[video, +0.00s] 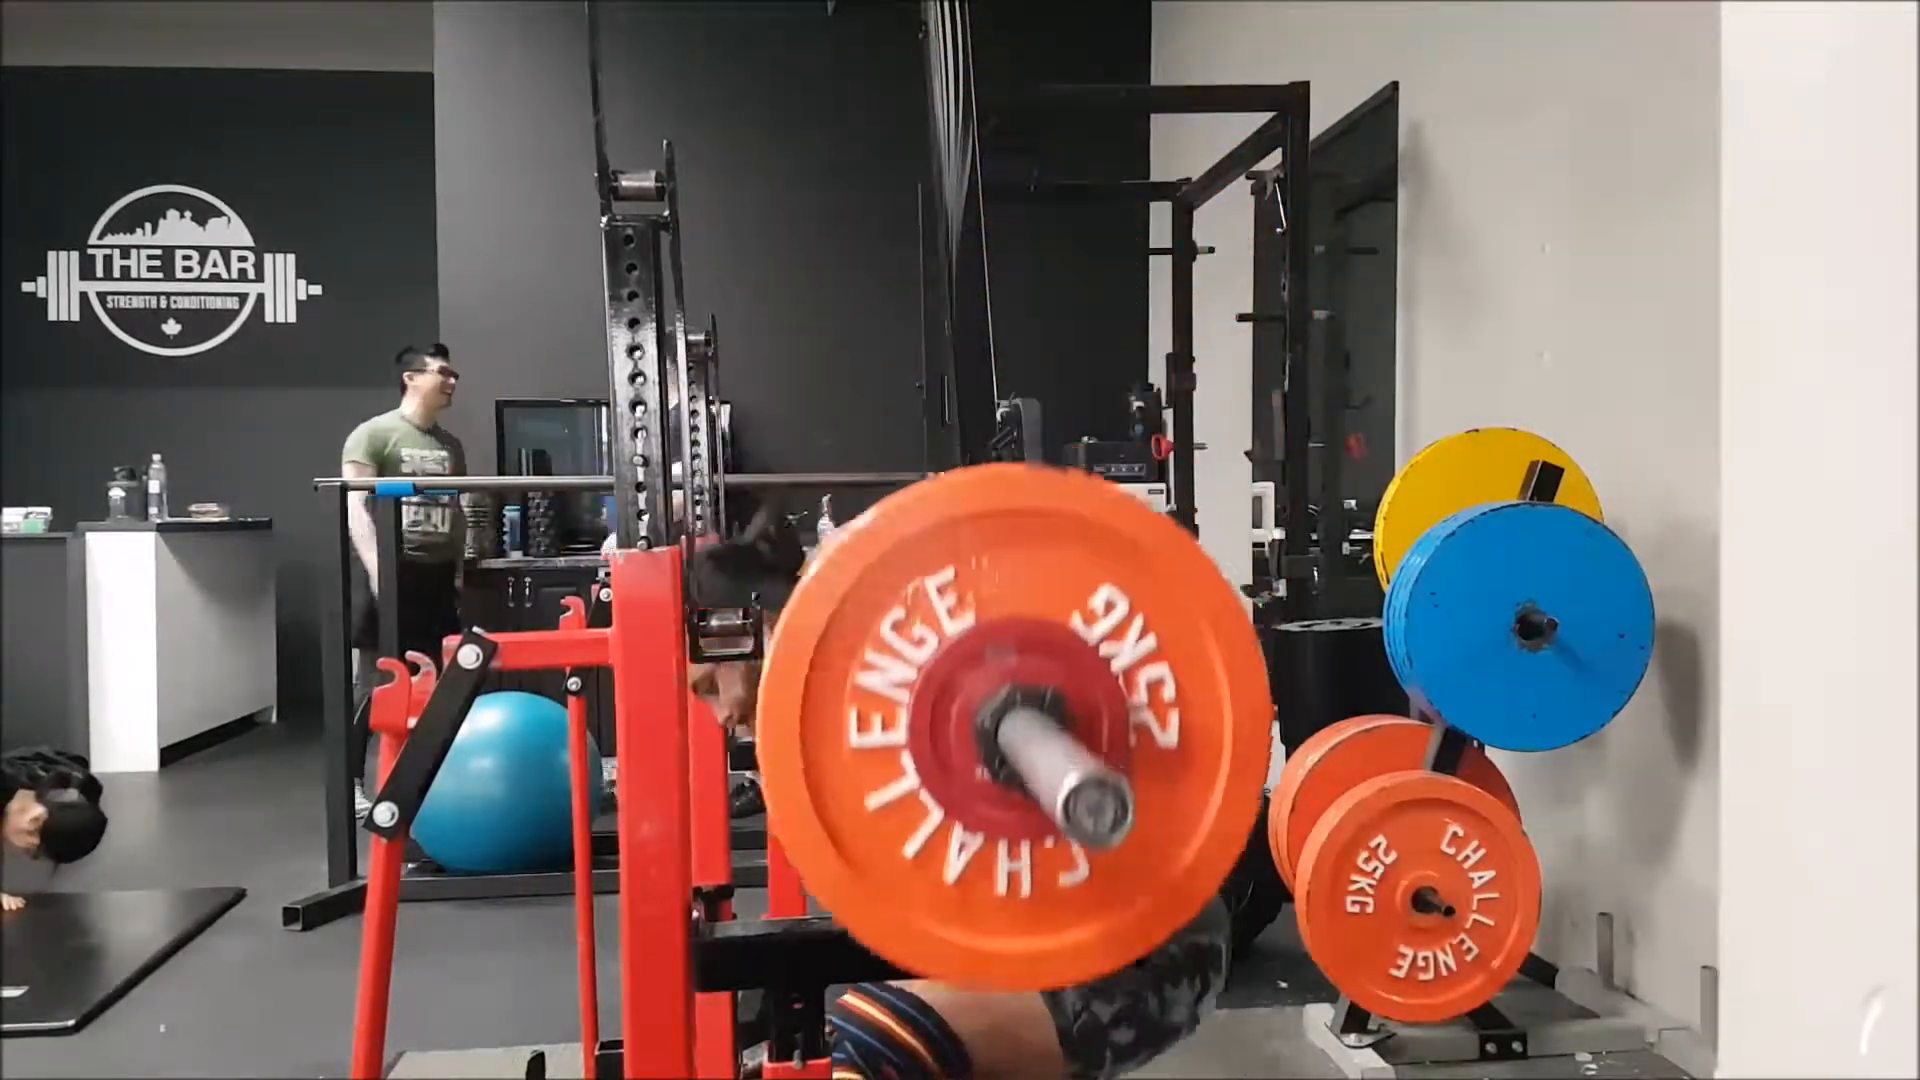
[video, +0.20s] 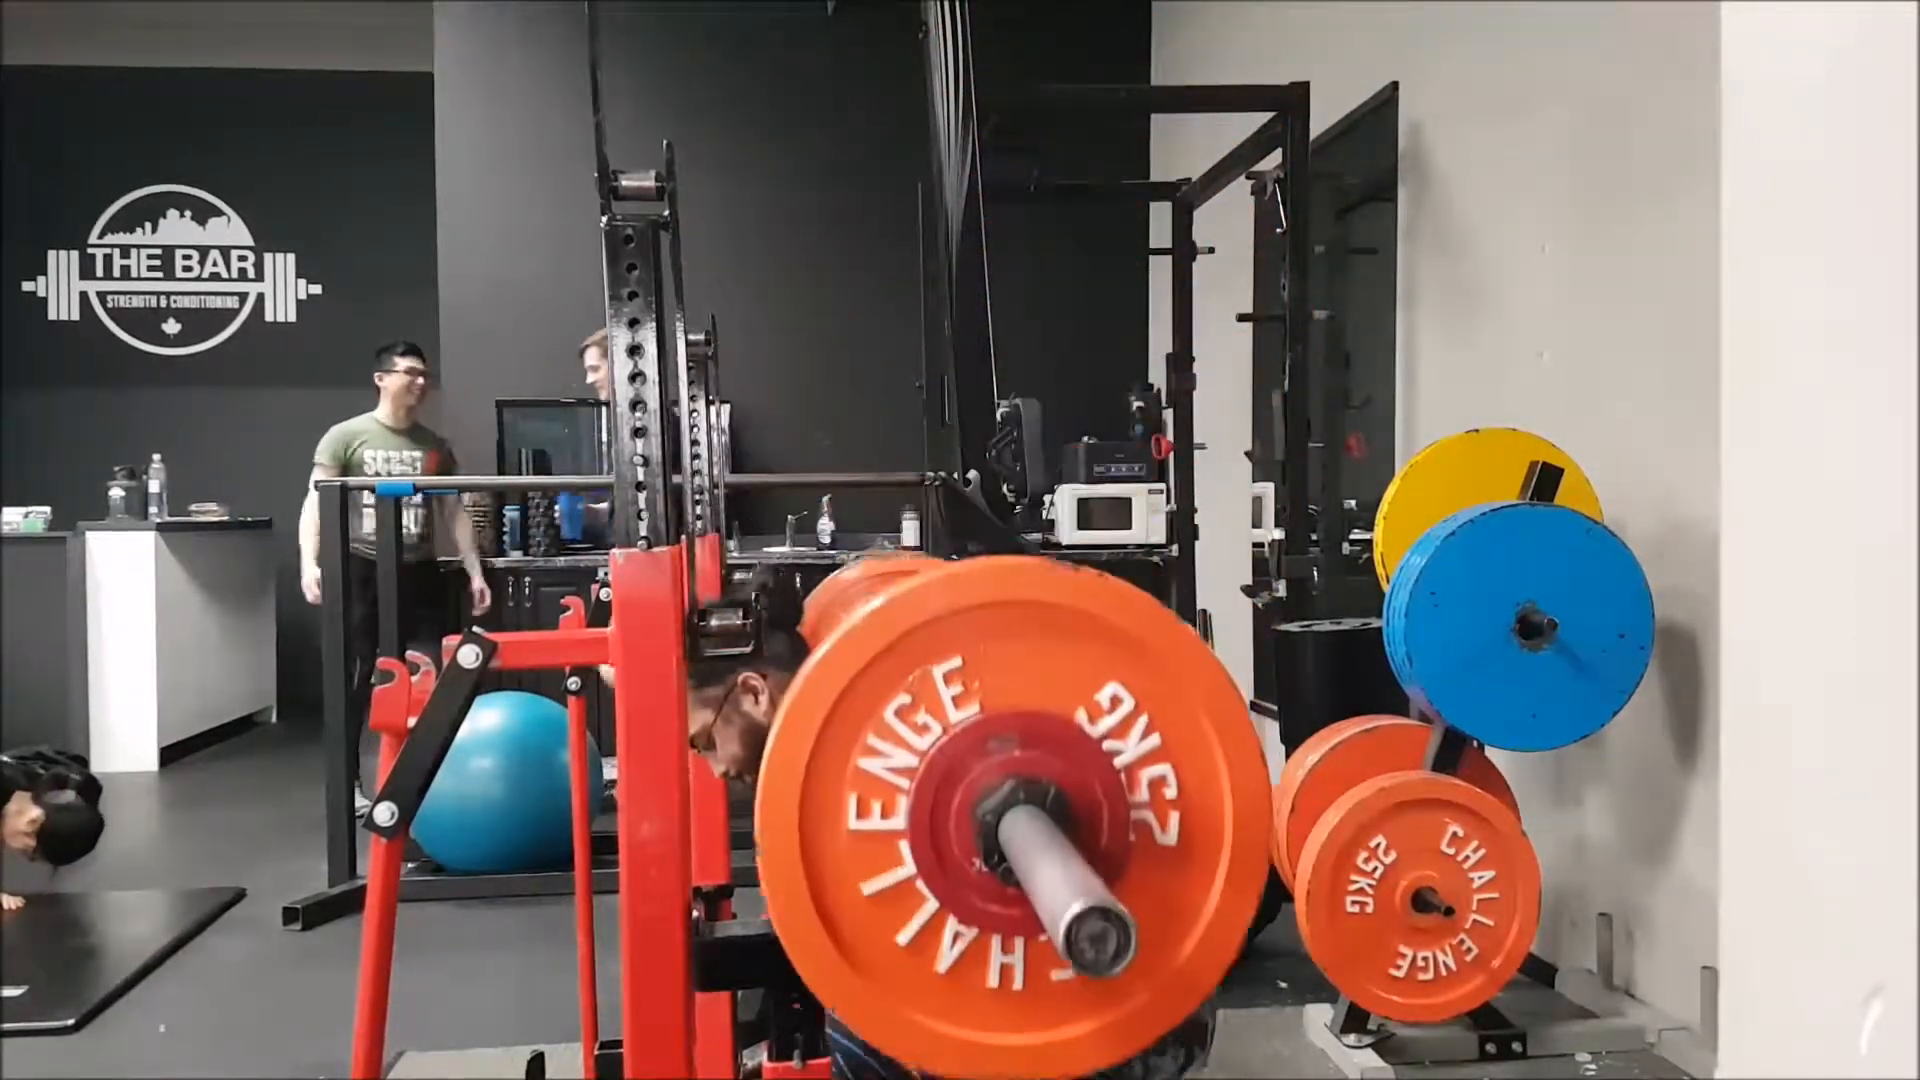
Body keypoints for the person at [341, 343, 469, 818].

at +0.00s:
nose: (452, 380)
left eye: (453, 374)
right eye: (443, 373)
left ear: (444, 385)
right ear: (411, 379)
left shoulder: (450, 446)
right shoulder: (370, 436)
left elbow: (458, 513)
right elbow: (358, 516)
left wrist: (459, 572)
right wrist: (382, 577)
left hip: (441, 578)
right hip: (394, 578)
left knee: (440, 687)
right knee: (382, 686)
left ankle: (433, 791)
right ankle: (365, 786)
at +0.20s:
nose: (420, 382)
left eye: (424, 375)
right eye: (411, 373)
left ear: (426, 384)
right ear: (381, 379)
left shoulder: (435, 447)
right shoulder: (343, 438)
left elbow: (457, 511)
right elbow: (315, 504)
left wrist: (474, 569)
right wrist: (309, 564)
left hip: (418, 570)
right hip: (359, 568)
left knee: (420, 673)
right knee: (355, 673)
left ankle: (416, 783)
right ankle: (350, 781)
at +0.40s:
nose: (407, 381)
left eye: (412, 374)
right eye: (397, 372)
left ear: (418, 382)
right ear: (371, 378)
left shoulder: (435, 443)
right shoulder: (335, 438)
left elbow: (454, 505)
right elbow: (306, 500)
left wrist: (469, 560)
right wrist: (292, 557)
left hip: (420, 570)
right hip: (359, 569)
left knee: (423, 674)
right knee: (353, 678)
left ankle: (423, 783)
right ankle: (348, 785)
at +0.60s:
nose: (410, 381)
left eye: (417, 374)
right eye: (400, 374)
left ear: (429, 383)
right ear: (382, 384)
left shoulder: (449, 445)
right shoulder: (352, 439)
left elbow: (459, 511)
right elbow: (323, 505)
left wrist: (442, 561)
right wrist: (310, 569)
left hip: (420, 572)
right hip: (361, 570)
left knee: (419, 677)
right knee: (353, 679)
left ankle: (418, 784)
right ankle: (349, 783)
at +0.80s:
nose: (429, 383)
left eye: (436, 375)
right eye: (420, 376)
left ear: (450, 383)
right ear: (405, 385)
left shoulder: (471, 446)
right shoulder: (376, 438)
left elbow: (477, 519)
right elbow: (354, 511)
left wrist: (458, 576)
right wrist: (342, 568)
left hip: (443, 572)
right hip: (383, 568)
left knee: (436, 674)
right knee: (375, 671)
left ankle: (431, 783)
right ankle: (362, 779)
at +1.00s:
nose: (422, 383)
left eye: (430, 374)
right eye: (416, 375)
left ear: (453, 378)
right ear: (411, 381)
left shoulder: (471, 440)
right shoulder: (386, 438)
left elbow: (467, 512)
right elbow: (364, 501)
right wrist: (345, 559)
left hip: (448, 576)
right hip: (389, 573)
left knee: (442, 676)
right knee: (374, 674)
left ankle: (443, 766)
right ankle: (369, 765)